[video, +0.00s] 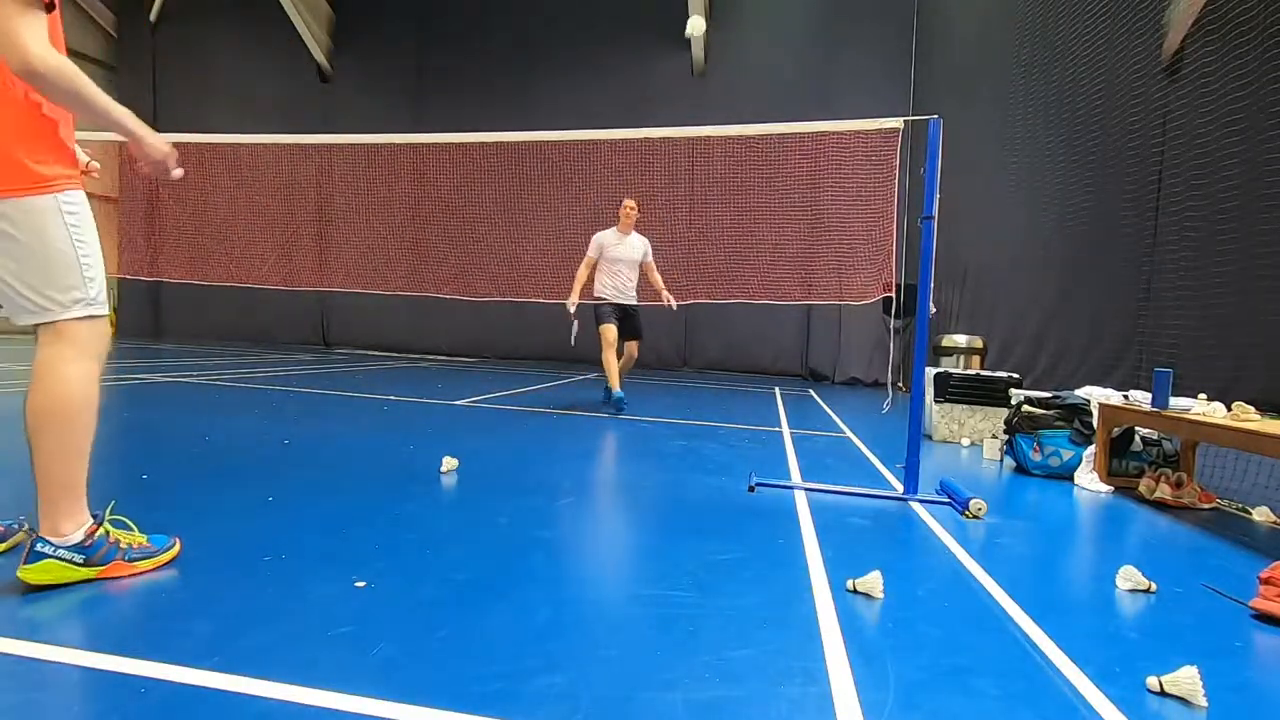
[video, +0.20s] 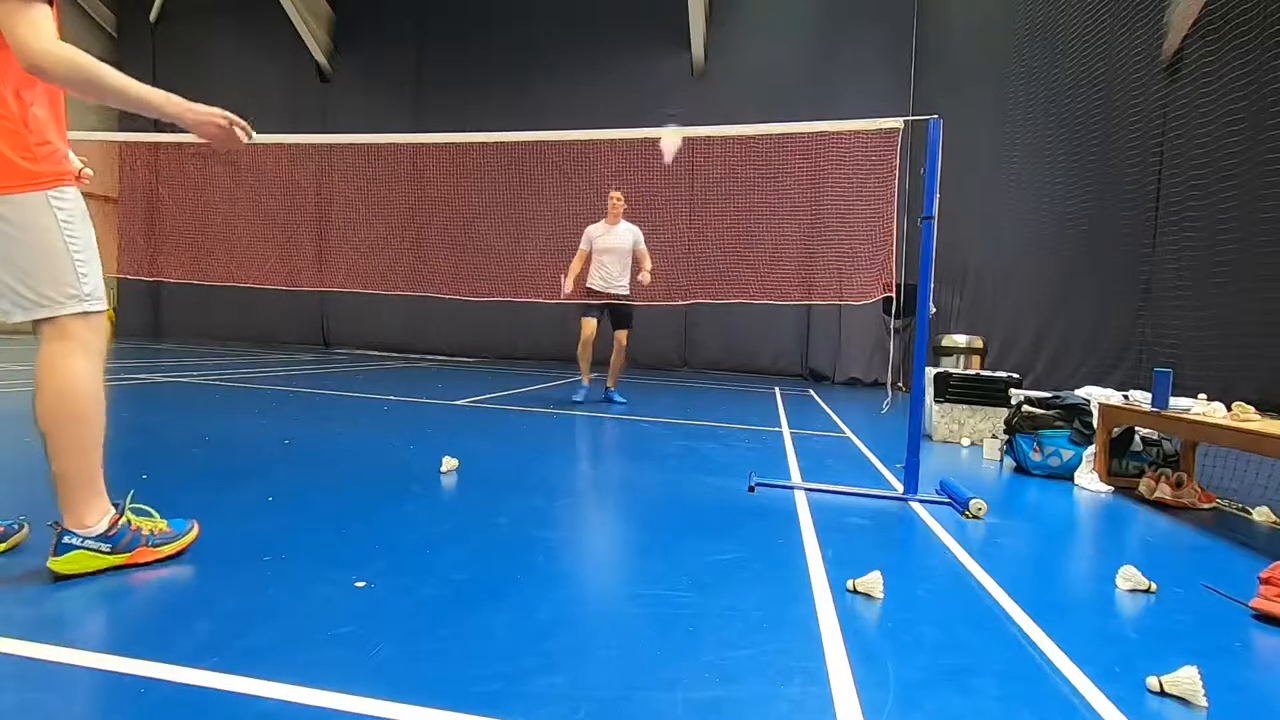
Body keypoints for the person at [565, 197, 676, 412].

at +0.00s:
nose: (629, 212)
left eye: (633, 209)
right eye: (626, 208)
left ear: (638, 215)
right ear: (618, 211)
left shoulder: (643, 243)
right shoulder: (601, 238)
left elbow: (651, 271)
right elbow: (586, 266)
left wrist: (663, 290)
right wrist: (574, 294)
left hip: (630, 303)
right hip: (605, 300)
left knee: (632, 353)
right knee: (610, 339)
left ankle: (611, 382)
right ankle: (616, 392)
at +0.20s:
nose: (615, 203)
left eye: (619, 200)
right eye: (612, 199)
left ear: (625, 205)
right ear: (607, 202)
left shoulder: (634, 232)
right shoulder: (592, 230)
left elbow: (645, 259)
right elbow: (579, 258)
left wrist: (646, 271)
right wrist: (569, 279)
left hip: (621, 293)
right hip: (594, 291)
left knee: (621, 342)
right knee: (587, 335)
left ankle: (610, 387)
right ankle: (584, 383)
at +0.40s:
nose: (600, 213)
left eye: (603, 210)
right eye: (597, 209)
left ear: (609, 215)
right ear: (591, 213)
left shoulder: (619, 239)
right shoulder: (579, 239)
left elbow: (631, 263)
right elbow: (568, 263)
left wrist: (628, 279)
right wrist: (562, 277)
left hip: (610, 298)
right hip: (583, 298)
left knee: (614, 341)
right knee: (567, 339)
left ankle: (613, 387)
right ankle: (558, 381)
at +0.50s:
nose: (593, 221)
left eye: (597, 218)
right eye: (591, 218)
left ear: (603, 223)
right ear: (585, 222)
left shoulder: (613, 247)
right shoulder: (574, 248)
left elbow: (627, 272)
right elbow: (563, 271)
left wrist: (623, 287)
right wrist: (556, 287)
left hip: (606, 303)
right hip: (579, 303)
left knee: (610, 341)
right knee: (564, 342)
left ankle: (613, 388)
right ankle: (557, 382)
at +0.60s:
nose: (594, 214)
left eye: (598, 211)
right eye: (591, 210)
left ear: (603, 215)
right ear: (586, 214)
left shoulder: (614, 238)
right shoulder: (575, 241)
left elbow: (627, 262)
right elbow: (566, 267)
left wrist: (622, 281)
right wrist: (559, 290)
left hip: (610, 298)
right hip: (584, 298)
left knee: (618, 335)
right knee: (570, 336)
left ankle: (619, 386)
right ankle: (559, 380)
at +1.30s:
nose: (661, 221)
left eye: (665, 218)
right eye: (658, 216)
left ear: (668, 224)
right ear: (650, 220)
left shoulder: (667, 253)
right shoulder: (635, 241)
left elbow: (673, 278)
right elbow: (627, 263)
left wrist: (691, 290)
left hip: (649, 306)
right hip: (626, 301)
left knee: (654, 355)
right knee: (638, 337)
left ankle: (643, 388)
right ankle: (639, 391)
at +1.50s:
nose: (676, 232)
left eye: (680, 229)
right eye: (672, 227)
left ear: (683, 235)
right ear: (663, 230)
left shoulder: (674, 261)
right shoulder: (651, 251)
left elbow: (668, 287)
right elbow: (651, 260)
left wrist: (681, 307)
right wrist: (672, 260)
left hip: (658, 316)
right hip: (636, 311)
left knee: (661, 366)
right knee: (656, 341)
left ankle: (638, 386)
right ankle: (658, 403)